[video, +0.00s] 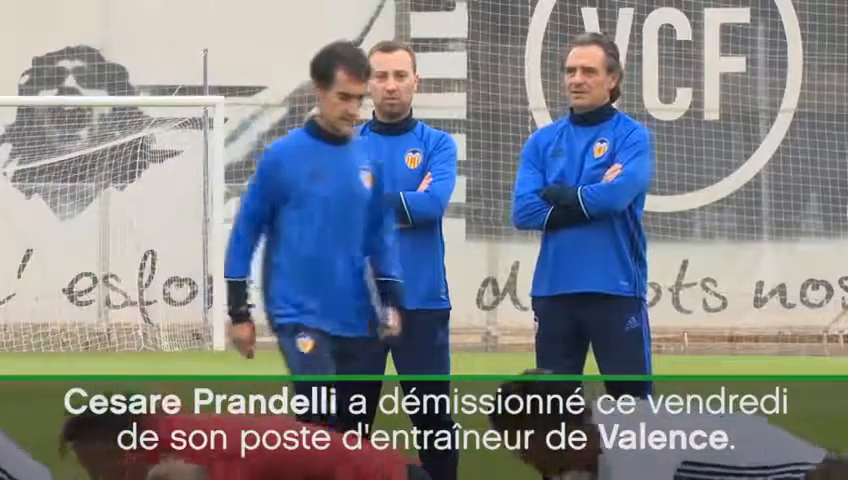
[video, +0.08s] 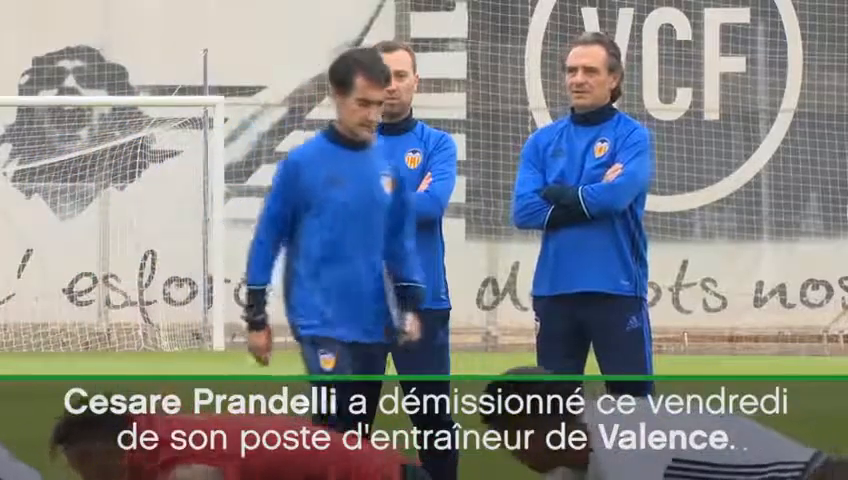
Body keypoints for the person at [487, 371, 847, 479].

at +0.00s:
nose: (525, 457)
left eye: (521, 447)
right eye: (518, 447)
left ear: (541, 439)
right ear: (569, 406)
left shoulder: (630, 465)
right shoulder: (606, 414)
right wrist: (569, 474)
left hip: (809, 469)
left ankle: (819, 464)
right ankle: (818, 461)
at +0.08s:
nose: (514, 452)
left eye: (512, 439)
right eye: (507, 441)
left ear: (539, 433)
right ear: (561, 409)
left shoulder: (620, 463)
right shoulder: (603, 419)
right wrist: (564, 473)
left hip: (811, 472)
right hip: (809, 463)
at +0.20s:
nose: (503, 455)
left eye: (499, 442)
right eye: (495, 444)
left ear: (525, 432)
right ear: (542, 409)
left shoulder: (610, 465)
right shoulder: (591, 418)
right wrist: (554, 471)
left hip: (801, 472)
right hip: (801, 460)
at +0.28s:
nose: (501, 454)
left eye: (497, 442)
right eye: (493, 444)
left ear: (522, 431)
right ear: (539, 407)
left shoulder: (607, 465)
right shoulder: (590, 415)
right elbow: (555, 470)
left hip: (799, 472)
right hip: (800, 460)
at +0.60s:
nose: (516, 454)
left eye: (515, 442)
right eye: (508, 442)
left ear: (545, 437)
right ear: (555, 414)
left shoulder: (626, 461)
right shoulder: (601, 417)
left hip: (814, 471)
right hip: (806, 462)